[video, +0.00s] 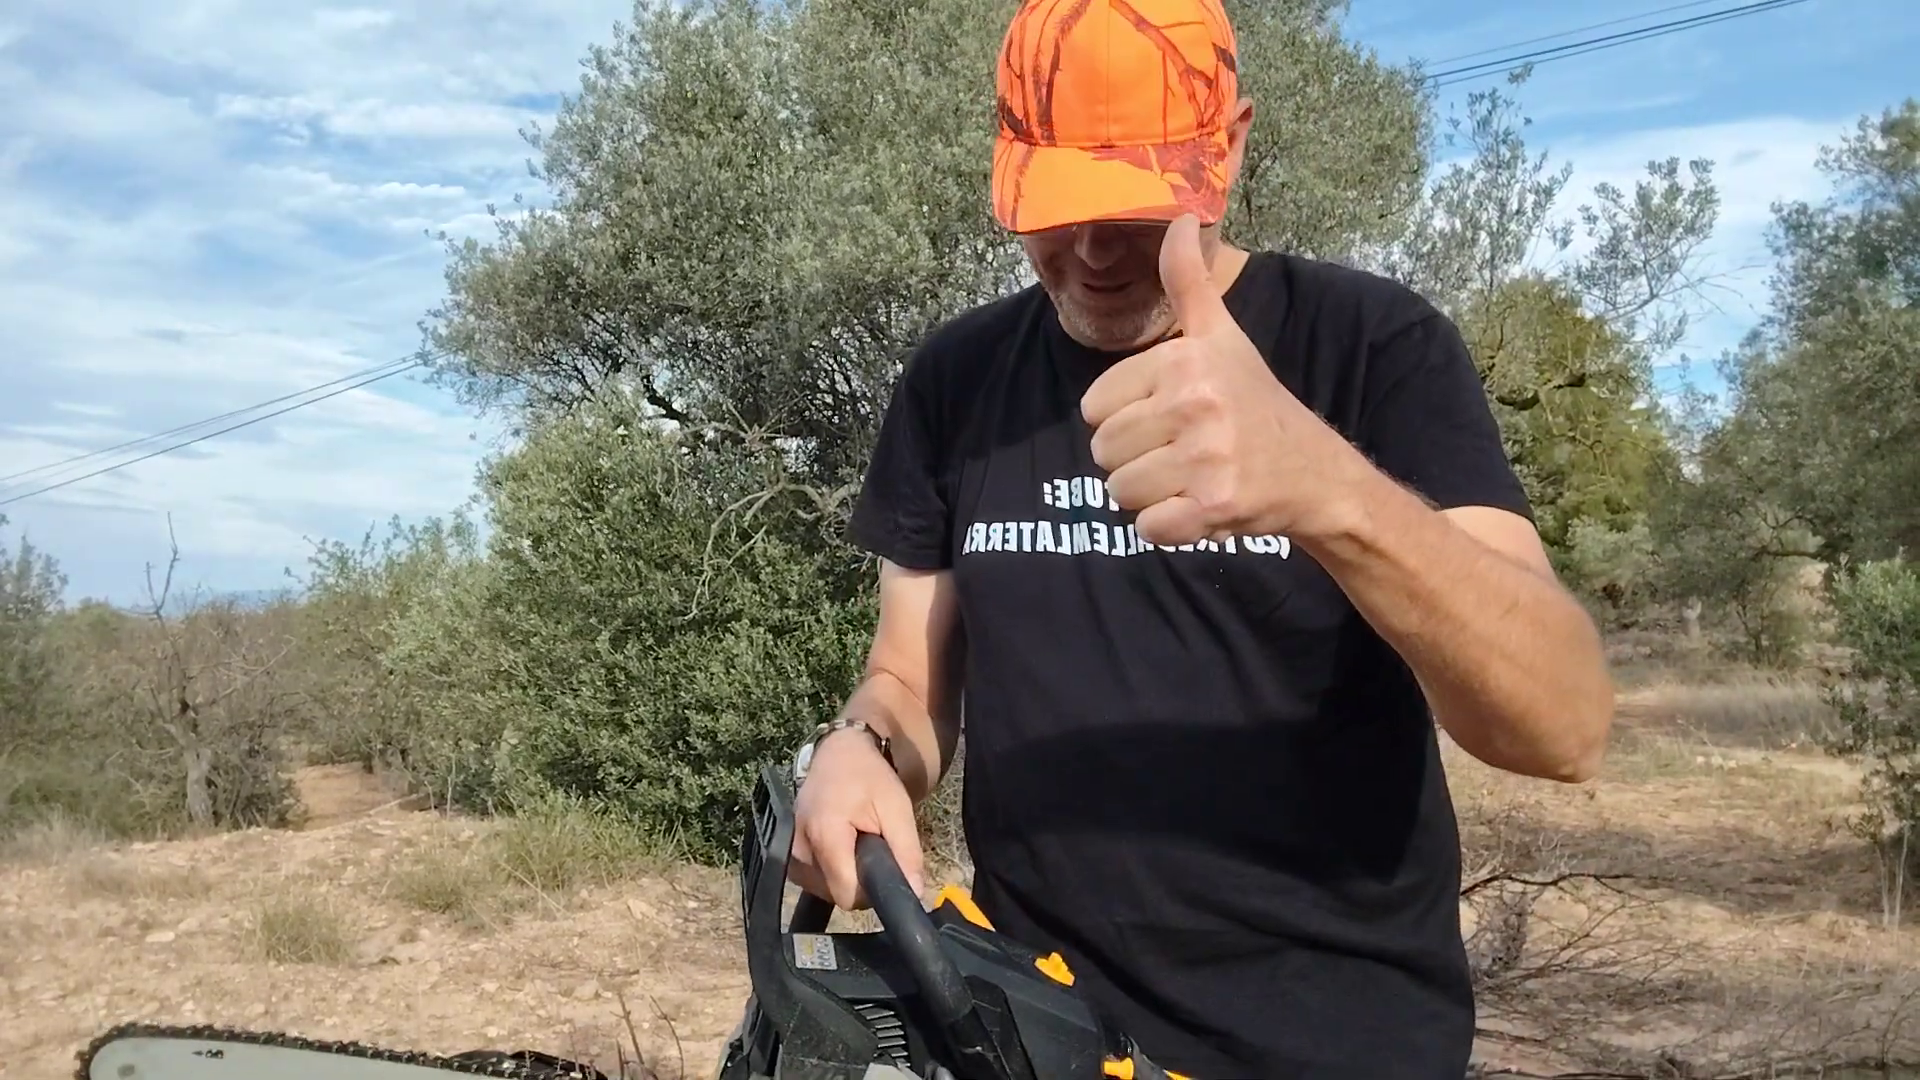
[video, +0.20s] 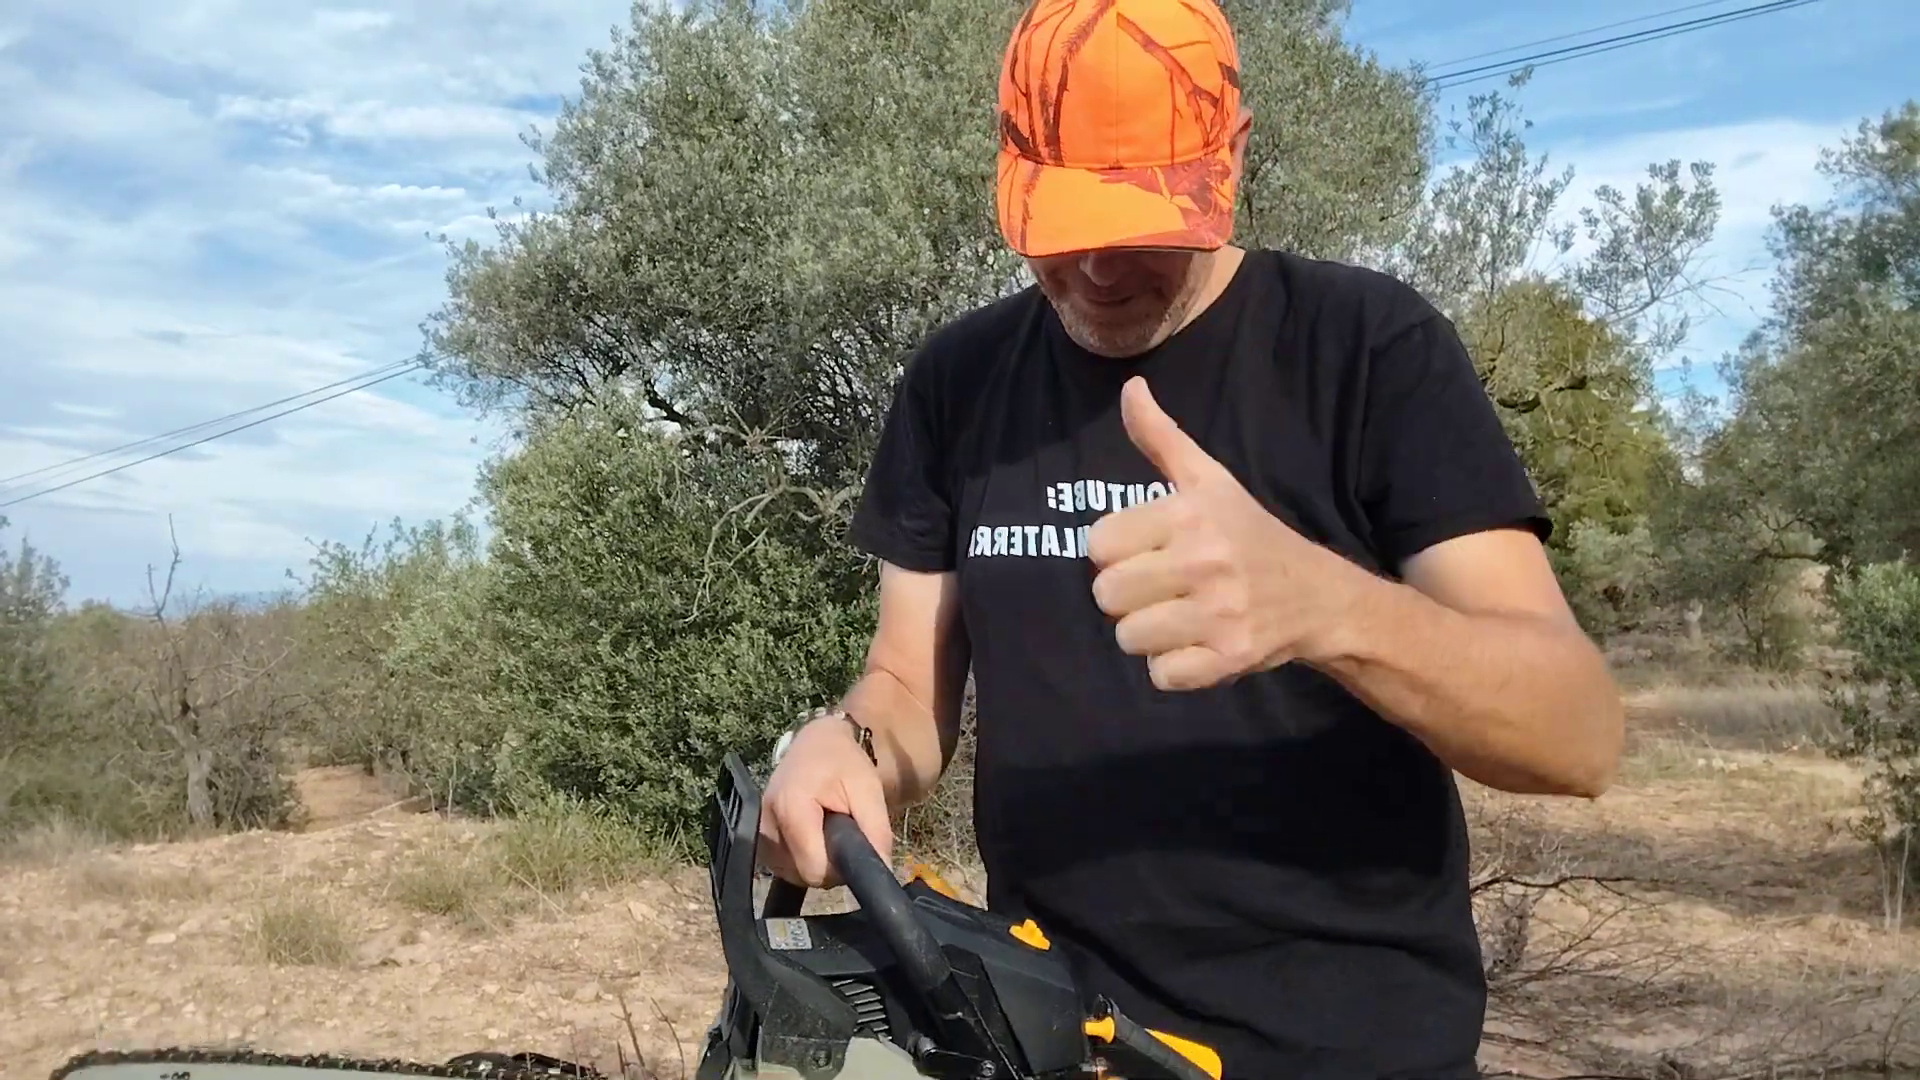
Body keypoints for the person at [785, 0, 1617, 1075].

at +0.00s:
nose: (1088, 250)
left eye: (1135, 204)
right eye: (1051, 201)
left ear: (1221, 162)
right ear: (1009, 170)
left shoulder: (1372, 344)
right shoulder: (955, 383)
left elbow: (1565, 731)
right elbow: (908, 689)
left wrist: (1327, 488)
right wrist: (857, 751)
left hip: (1341, 1023)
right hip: (1050, 1015)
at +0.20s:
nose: (1100, 272)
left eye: (1146, 234)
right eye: (1061, 231)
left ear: (1225, 171)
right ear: (1014, 181)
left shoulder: (1370, 346)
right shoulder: (958, 384)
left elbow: (1578, 738)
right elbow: (908, 698)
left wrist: (1329, 606)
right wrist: (840, 740)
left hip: (1357, 1025)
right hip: (1066, 1012)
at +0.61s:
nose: (1162, 236)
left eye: (1209, 199)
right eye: (1126, 188)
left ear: (1274, 168)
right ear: (1076, 151)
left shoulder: (1412, 338)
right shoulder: (993, 353)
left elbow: (1559, 705)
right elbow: (903, 652)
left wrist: (1283, 840)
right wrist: (819, 648)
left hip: (1381, 1041)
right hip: (1079, 1043)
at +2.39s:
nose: (1013, 255)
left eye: (1054, 220)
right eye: (987, 220)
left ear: (1146, 193)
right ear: (956, 203)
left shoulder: (1261, 372)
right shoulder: (907, 377)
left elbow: (1391, 677)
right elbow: (798, 625)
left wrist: (1126, 801)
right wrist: (757, 658)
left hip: (1237, 1015)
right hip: (971, 1012)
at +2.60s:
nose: (1035, 226)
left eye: (1076, 193)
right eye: (1006, 189)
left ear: (1147, 190)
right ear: (969, 184)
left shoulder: (1249, 348)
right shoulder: (899, 368)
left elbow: (1324, 661)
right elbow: (787, 622)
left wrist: (988, 728)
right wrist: (758, 702)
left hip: (1252, 1008)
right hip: (977, 1009)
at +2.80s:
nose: (1076, 198)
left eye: (1119, 164)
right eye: (1047, 161)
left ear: (1179, 178)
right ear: (1003, 169)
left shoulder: (1271, 330)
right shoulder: (935, 362)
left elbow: (1309, 645)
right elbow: (824, 620)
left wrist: (978, 731)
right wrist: (796, 711)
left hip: (1274, 1000)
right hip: (1001, 1000)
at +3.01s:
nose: (1158, 199)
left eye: (1200, 165)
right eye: (1127, 160)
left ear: (1262, 183)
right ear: (1082, 172)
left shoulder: (1342, 339)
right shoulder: (1012, 364)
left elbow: (1362, 663)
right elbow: (879, 606)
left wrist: (1024, 762)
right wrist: (859, 697)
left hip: (1318, 1018)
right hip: (1044, 1013)